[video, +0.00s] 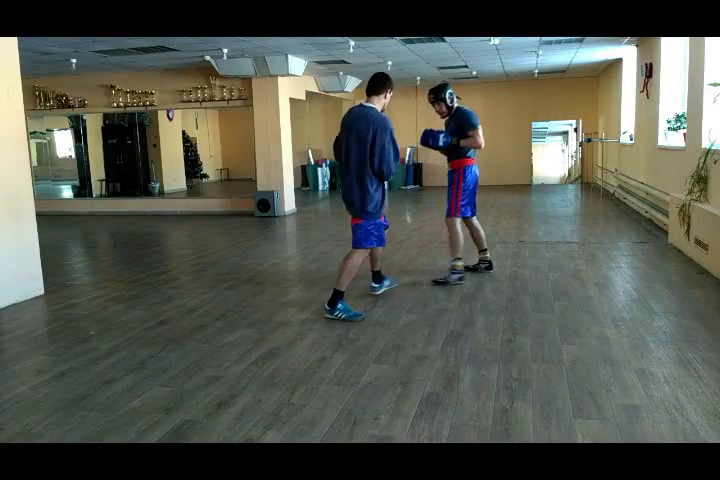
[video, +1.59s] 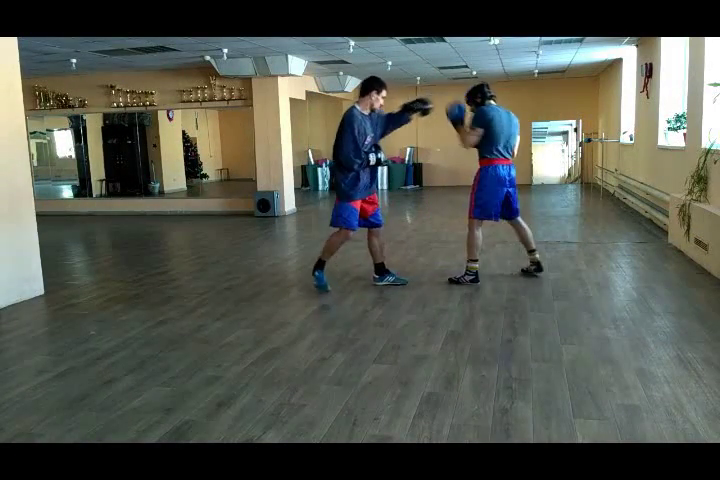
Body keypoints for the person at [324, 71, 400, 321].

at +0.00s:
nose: (389, 100)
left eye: (389, 95)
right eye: (391, 95)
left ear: (367, 91)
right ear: (386, 94)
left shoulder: (351, 115)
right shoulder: (381, 122)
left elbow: (338, 150)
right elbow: (386, 168)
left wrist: (355, 167)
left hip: (351, 187)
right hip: (371, 191)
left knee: (376, 231)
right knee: (361, 247)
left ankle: (377, 278)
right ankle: (335, 302)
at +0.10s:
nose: (391, 100)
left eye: (390, 96)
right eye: (391, 96)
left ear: (368, 93)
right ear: (387, 95)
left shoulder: (353, 118)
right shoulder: (383, 123)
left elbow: (345, 155)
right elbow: (391, 168)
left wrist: (357, 174)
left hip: (354, 188)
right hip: (373, 192)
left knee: (378, 235)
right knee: (360, 248)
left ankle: (384, 279)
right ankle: (335, 301)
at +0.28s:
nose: (398, 102)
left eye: (398, 98)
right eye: (399, 98)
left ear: (377, 95)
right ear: (394, 98)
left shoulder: (364, 117)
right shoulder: (383, 123)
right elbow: (386, 167)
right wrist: (392, 171)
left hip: (363, 187)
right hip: (371, 192)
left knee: (391, 234)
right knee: (362, 244)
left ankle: (387, 280)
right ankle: (337, 299)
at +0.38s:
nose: (402, 101)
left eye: (402, 97)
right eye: (402, 96)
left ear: (382, 93)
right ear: (396, 96)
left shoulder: (371, 114)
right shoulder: (381, 119)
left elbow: (381, 139)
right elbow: (383, 165)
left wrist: (398, 117)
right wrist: (395, 164)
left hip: (375, 192)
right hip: (370, 193)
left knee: (392, 234)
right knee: (363, 241)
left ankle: (387, 280)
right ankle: (340, 297)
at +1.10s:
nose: (384, 104)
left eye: (385, 100)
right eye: (384, 99)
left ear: (371, 97)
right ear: (375, 97)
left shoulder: (366, 121)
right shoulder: (360, 121)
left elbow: (370, 148)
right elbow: (361, 162)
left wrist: (384, 131)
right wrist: (383, 163)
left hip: (369, 191)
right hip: (356, 193)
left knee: (384, 231)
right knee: (349, 239)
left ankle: (382, 271)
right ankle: (324, 288)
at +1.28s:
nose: (395, 104)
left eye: (395, 100)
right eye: (394, 99)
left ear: (383, 97)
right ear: (385, 97)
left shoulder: (385, 122)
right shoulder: (363, 120)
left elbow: (410, 116)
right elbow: (353, 160)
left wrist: (436, 101)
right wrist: (381, 161)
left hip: (370, 190)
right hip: (352, 190)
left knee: (380, 229)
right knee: (344, 233)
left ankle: (381, 272)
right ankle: (329, 285)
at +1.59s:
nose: (383, 103)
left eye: (384, 98)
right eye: (382, 97)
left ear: (370, 95)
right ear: (371, 94)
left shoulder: (375, 118)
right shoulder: (352, 118)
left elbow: (392, 120)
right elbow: (346, 158)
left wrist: (409, 110)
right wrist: (372, 158)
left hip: (367, 184)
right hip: (350, 186)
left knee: (375, 228)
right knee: (346, 231)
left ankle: (381, 272)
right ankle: (319, 267)